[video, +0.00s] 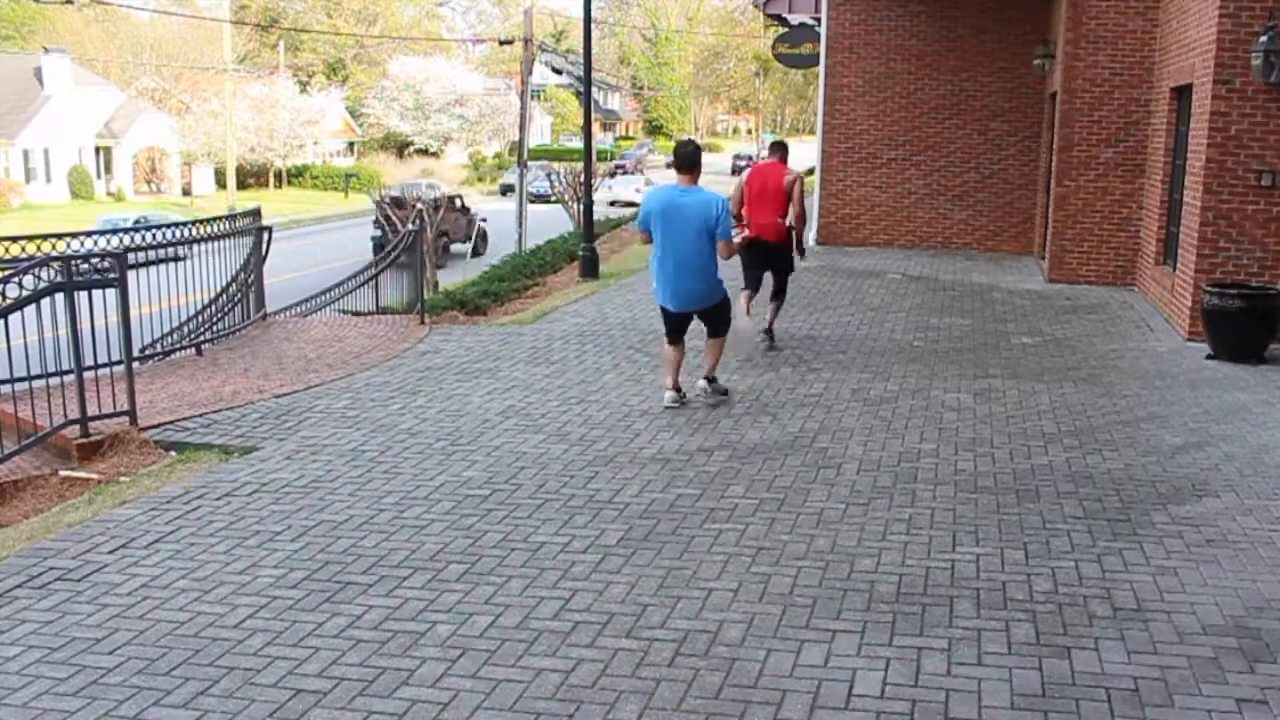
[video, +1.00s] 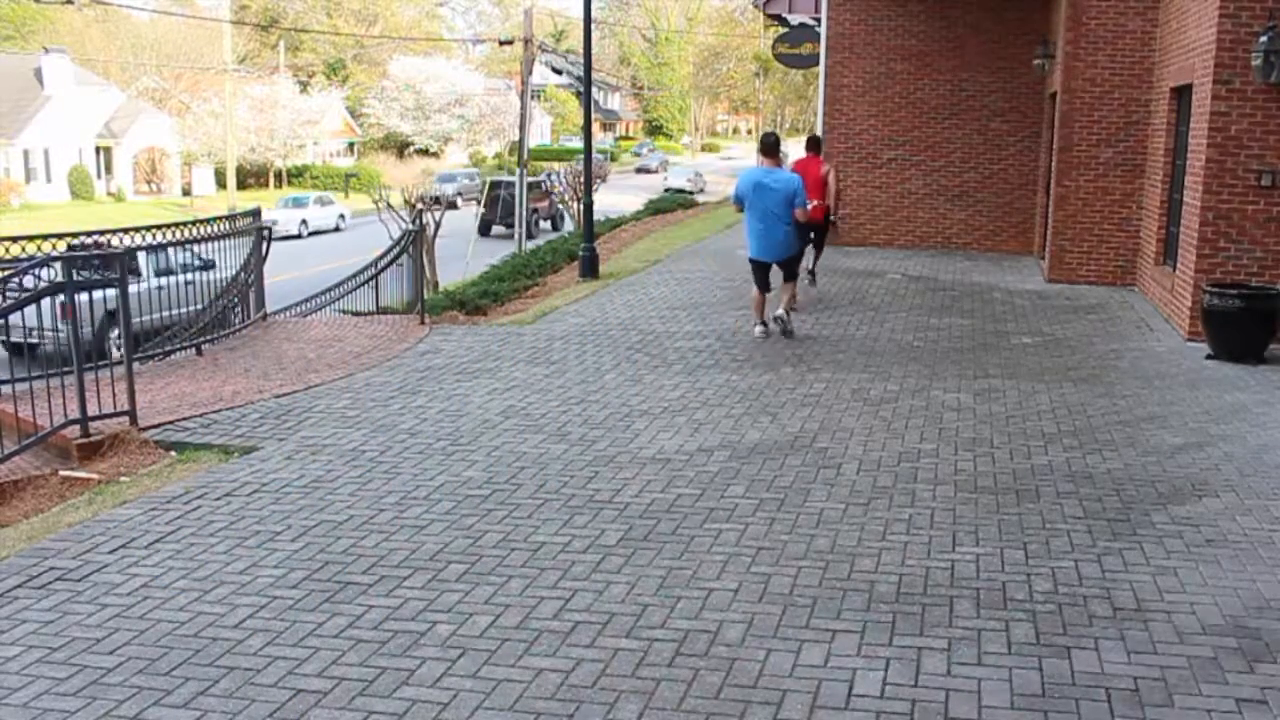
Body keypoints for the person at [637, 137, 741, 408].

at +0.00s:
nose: (696, 168)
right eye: (699, 163)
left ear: (674, 165)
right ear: (700, 166)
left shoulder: (654, 198)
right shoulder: (715, 203)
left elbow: (644, 237)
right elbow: (725, 252)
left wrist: (669, 227)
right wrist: (739, 243)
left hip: (669, 291)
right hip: (704, 289)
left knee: (674, 340)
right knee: (719, 325)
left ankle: (671, 387)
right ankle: (708, 377)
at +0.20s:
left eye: (706, 162)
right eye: (724, 162)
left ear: (702, 164)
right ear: (727, 164)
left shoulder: (684, 191)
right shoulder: (741, 199)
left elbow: (665, 225)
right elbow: (747, 244)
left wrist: (688, 216)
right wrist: (748, 226)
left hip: (693, 277)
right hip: (726, 279)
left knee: (691, 314)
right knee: (734, 327)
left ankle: (684, 353)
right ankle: (738, 371)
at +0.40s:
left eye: (720, 158)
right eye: (735, 157)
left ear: (715, 160)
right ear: (739, 159)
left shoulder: (700, 188)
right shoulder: (756, 191)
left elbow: (692, 224)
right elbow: (766, 232)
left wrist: (711, 218)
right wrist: (774, 227)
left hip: (713, 268)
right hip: (744, 268)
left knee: (718, 315)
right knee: (749, 311)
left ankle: (721, 353)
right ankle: (743, 346)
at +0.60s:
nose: (753, 160)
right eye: (754, 157)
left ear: (732, 159)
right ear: (754, 159)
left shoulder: (716, 187)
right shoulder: (766, 191)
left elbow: (706, 219)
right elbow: (773, 232)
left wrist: (726, 209)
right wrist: (778, 225)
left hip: (727, 262)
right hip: (758, 262)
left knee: (727, 306)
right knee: (767, 300)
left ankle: (726, 347)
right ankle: (770, 336)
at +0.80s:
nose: (773, 159)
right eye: (773, 156)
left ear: (752, 157)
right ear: (773, 158)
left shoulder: (736, 183)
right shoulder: (786, 188)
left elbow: (722, 212)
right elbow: (791, 224)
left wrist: (740, 199)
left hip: (745, 252)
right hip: (774, 255)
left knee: (745, 283)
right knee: (777, 294)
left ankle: (739, 325)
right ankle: (776, 335)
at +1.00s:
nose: (772, 154)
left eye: (763, 151)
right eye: (777, 150)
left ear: (759, 152)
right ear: (779, 151)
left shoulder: (747, 177)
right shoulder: (793, 180)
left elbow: (738, 206)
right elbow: (801, 215)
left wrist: (756, 202)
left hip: (758, 245)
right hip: (785, 245)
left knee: (760, 287)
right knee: (790, 278)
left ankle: (759, 323)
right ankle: (782, 310)